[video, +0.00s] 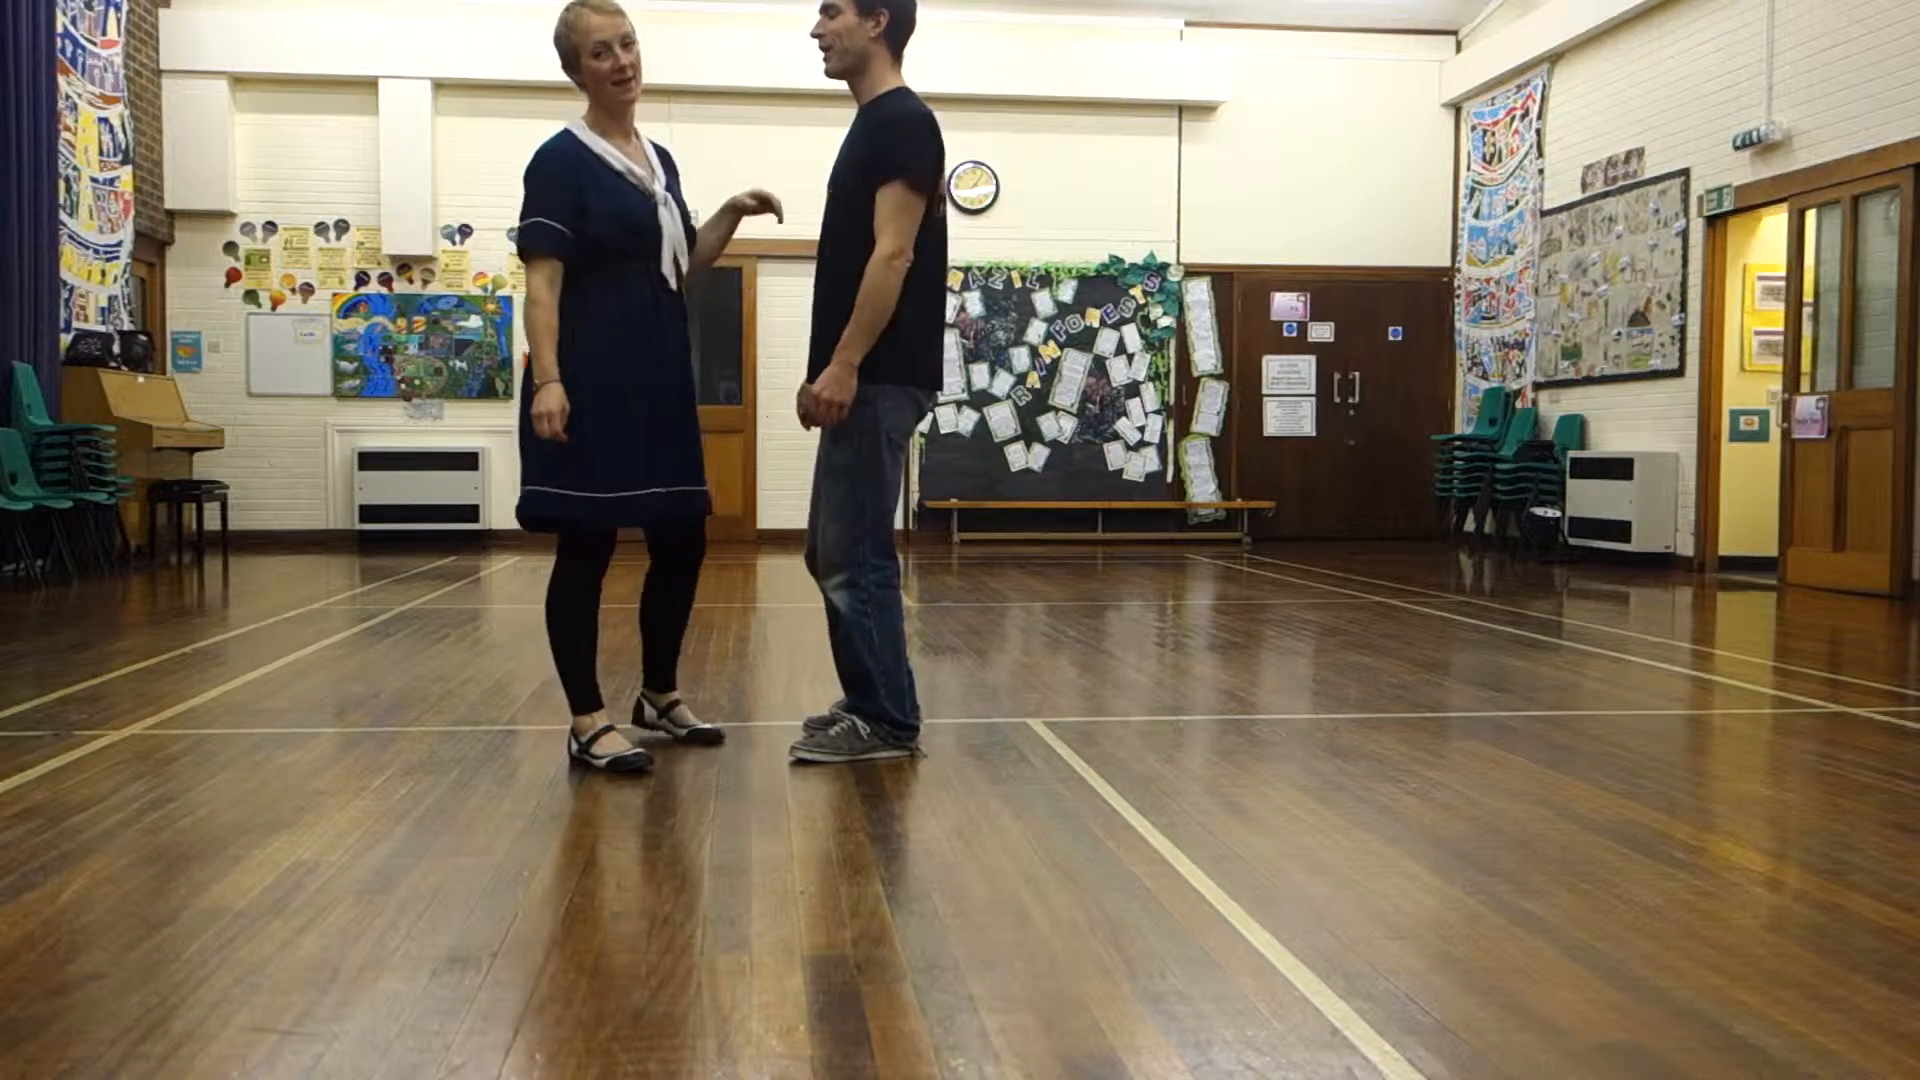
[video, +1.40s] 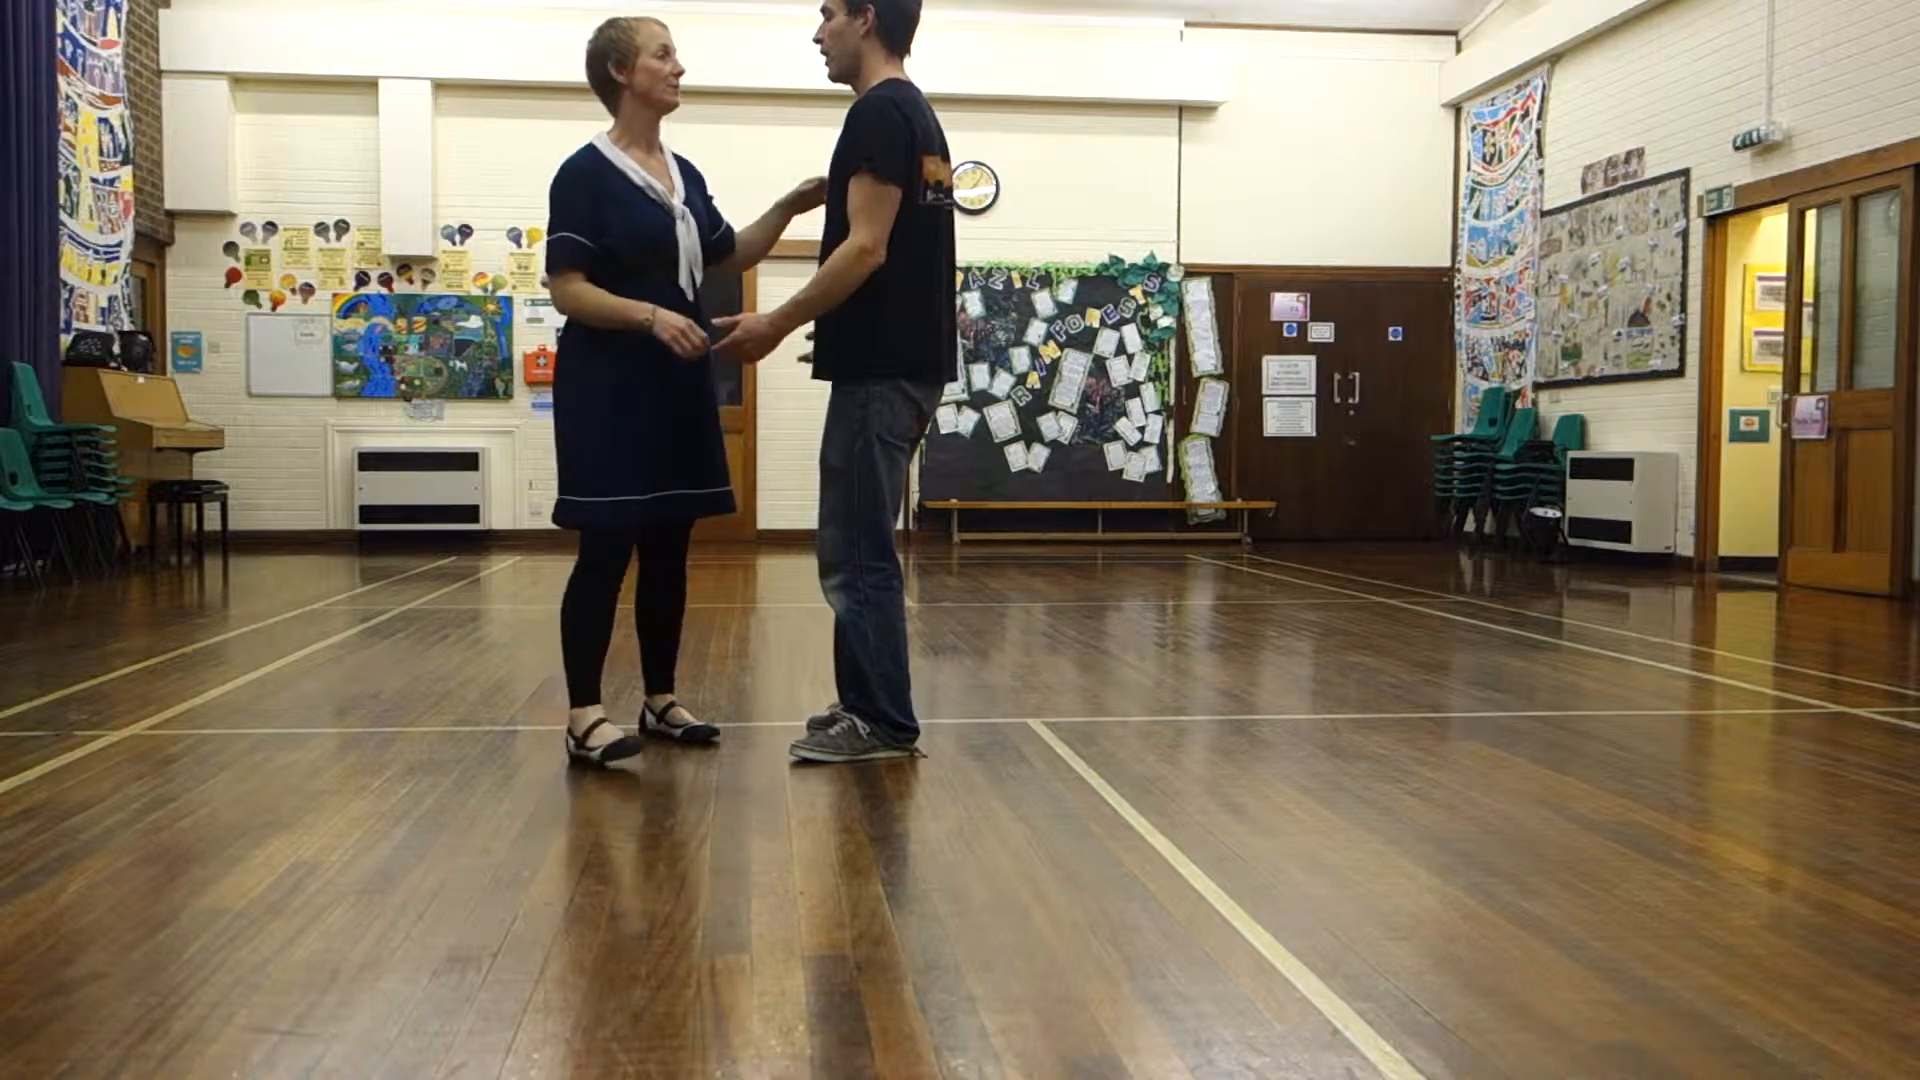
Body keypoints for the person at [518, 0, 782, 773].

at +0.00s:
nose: (620, 60)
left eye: (626, 44)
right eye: (600, 52)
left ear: (642, 51)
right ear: (574, 70)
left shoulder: (659, 159)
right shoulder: (559, 161)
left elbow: (680, 268)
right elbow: (542, 283)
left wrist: (732, 212)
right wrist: (547, 379)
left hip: (659, 388)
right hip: (586, 388)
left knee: (682, 533)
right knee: (585, 546)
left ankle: (658, 699)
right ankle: (588, 724)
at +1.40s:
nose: (680, 67)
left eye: (677, 55)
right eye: (662, 56)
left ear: (643, 74)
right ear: (619, 72)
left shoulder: (683, 174)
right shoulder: (584, 174)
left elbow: (731, 258)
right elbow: (568, 289)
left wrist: (793, 203)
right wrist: (650, 314)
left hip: (678, 396)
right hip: (608, 399)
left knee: (667, 546)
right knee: (605, 551)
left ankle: (661, 702)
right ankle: (585, 718)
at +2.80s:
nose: (628, 82)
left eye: (627, 70)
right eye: (612, 71)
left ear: (594, 87)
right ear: (571, 86)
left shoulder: (603, 169)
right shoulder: (571, 166)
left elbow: (636, 278)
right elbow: (619, 276)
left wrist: (724, 294)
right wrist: (727, 299)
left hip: (619, 387)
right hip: (597, 388)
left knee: (617, 542)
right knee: (617, 542)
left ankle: (592, 704)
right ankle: (596, 711)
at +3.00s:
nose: (628, 83)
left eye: (628, 72)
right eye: (612, 72)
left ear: (600, 90)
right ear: (571, 89)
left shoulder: (608, 171)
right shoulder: (572, 166)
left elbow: (638, 281)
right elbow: (611, 278)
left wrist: (719, 297)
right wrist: (714, 303)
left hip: (618, 385)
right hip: (593, 386)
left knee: (613, 540)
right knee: (627, 540)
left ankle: (590, 701)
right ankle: (598, 707)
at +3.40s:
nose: (645, 87)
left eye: (650, 78)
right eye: (630, 74)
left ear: (647, 91)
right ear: (589, 84)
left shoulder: (628, 175)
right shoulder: (585, 160)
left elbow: (661, 288)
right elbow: (628, 266)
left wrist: (744, 280)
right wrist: (733, 257)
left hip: (626, 388)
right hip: (602, 388)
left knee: (616, 542)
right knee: (638, 541)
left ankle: (591, 707)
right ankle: (596, 712)